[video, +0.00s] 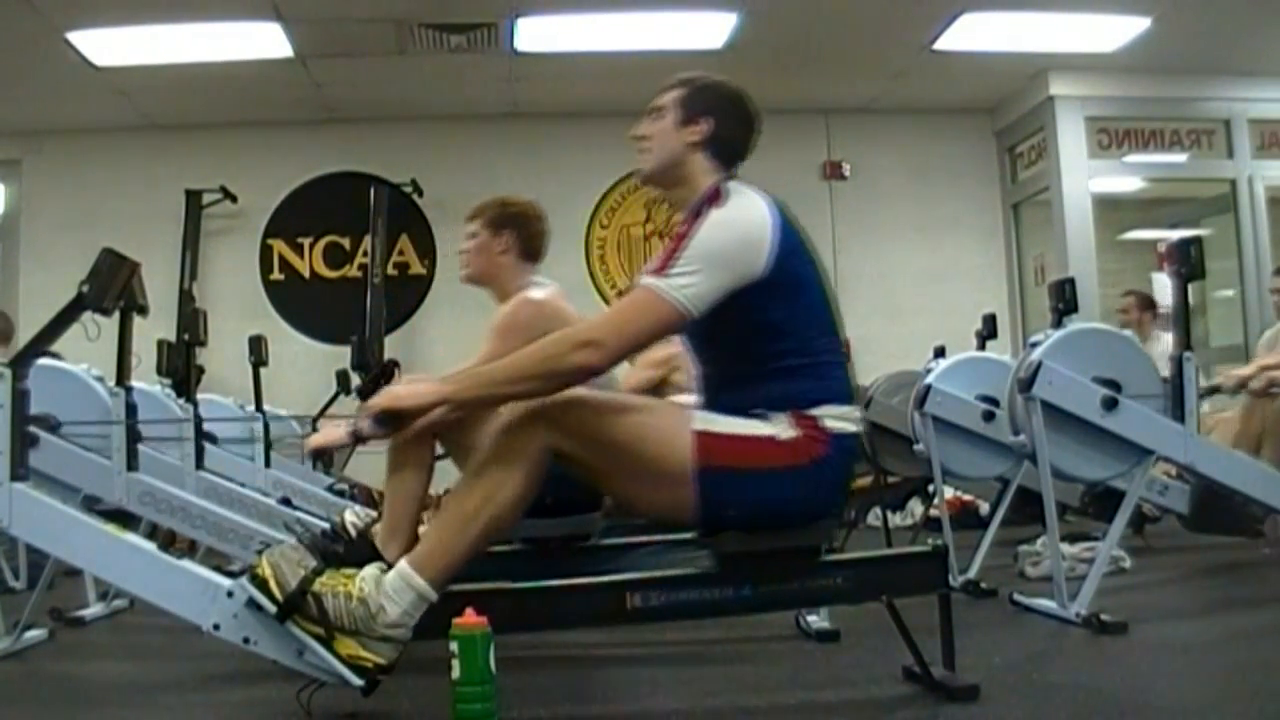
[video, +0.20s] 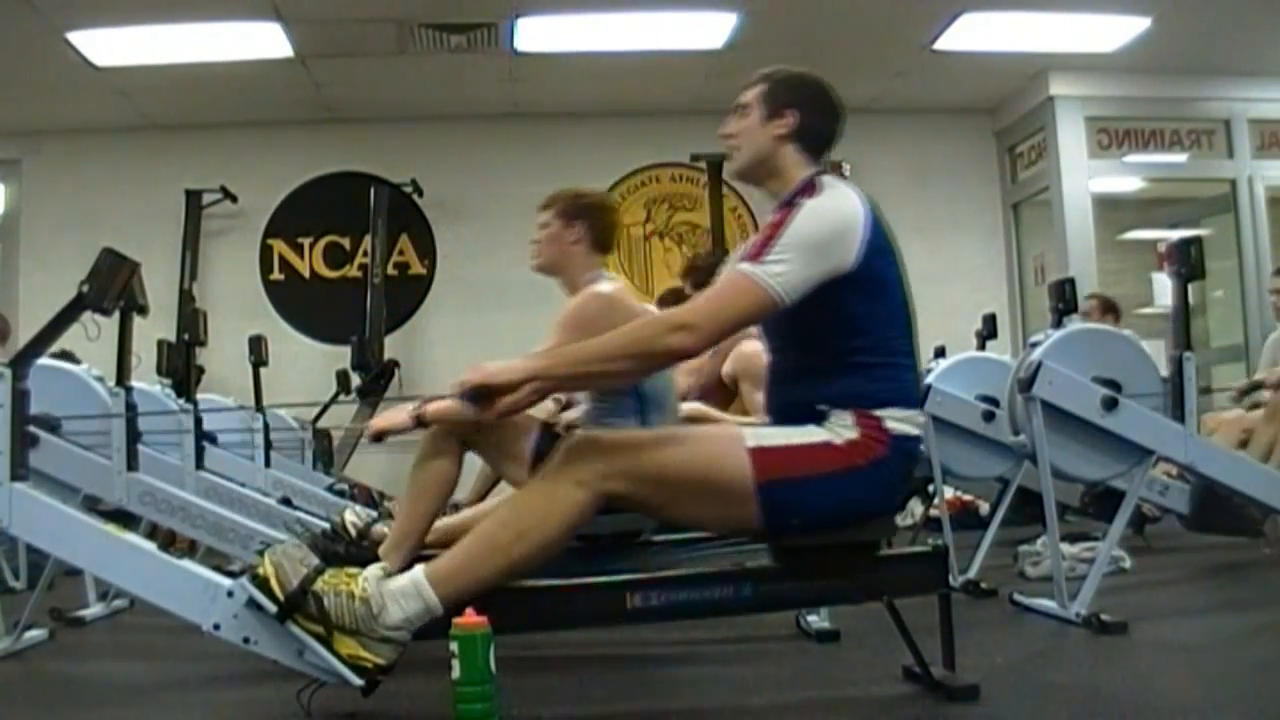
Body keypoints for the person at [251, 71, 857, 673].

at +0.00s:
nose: (636, 134)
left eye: (654, 117)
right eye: (641, 120)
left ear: (700, 131)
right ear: (690, 135)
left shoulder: (738, 219)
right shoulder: (702, 227)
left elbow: (594, 348)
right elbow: (591, 345)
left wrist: (441, 389)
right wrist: (446, 394)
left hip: (797, 448)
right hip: (754, 440)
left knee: (542, 414)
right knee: (527, 418)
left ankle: (388, 609)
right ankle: (386, 598)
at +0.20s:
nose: (724, 134)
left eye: (739, 117)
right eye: (730, 121)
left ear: (788, 126)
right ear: (784, 131)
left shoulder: (827, 211)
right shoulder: (790, 218)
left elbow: (688, 333)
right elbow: (680, 329)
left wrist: (530, 372)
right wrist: (541, 386)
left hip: (860, 446)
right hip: (822, 439)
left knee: (594, 457)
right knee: (583, 460)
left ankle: (396, 610)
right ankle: (390, 592)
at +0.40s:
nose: (799, 133)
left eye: (814, 117)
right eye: (802, 119)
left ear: (864, 125)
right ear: (846, 129)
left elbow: (783, 335)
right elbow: (753, 340)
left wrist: (621, 361)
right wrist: (619, 374)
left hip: (888, 444)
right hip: (837, 437)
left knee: (637, 507)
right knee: (617, 501)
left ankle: (400, 610)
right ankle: (398, 600)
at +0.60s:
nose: (838, 137)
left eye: (850, 119)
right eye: (839, 122)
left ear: (900, 124)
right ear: (887, 127)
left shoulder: (933, 204)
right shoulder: (882, 221)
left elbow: (883, 347)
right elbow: (816, 342)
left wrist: (721, 355)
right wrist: (700, 354)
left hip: (886, 437)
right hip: (847, 432)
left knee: (635, 536)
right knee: (623, 530)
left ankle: (397, 610)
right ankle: (401, 604)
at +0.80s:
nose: (836, 143)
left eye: (848, 124)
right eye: (837, 128)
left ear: (899, 122)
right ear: (892, 127)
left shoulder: (934, 199)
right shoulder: (892, 217)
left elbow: (975, 342)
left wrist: (821, 346)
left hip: (885, 440)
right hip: (849, 433)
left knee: (645, 524)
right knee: (633, 517)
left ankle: (398, 612)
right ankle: (397, 604)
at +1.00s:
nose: (822, 135)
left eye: (834, 118)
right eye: (825, 120)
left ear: (883, 122)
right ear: (872, 126)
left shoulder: (926, 196)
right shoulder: (880, 222)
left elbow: (1032, 321)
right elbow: (823, 374)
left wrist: (880, 344)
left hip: (889, 443)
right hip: (847, 432)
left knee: (644, 521)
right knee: (628, 510)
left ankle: (399, 609)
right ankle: (399, 600)